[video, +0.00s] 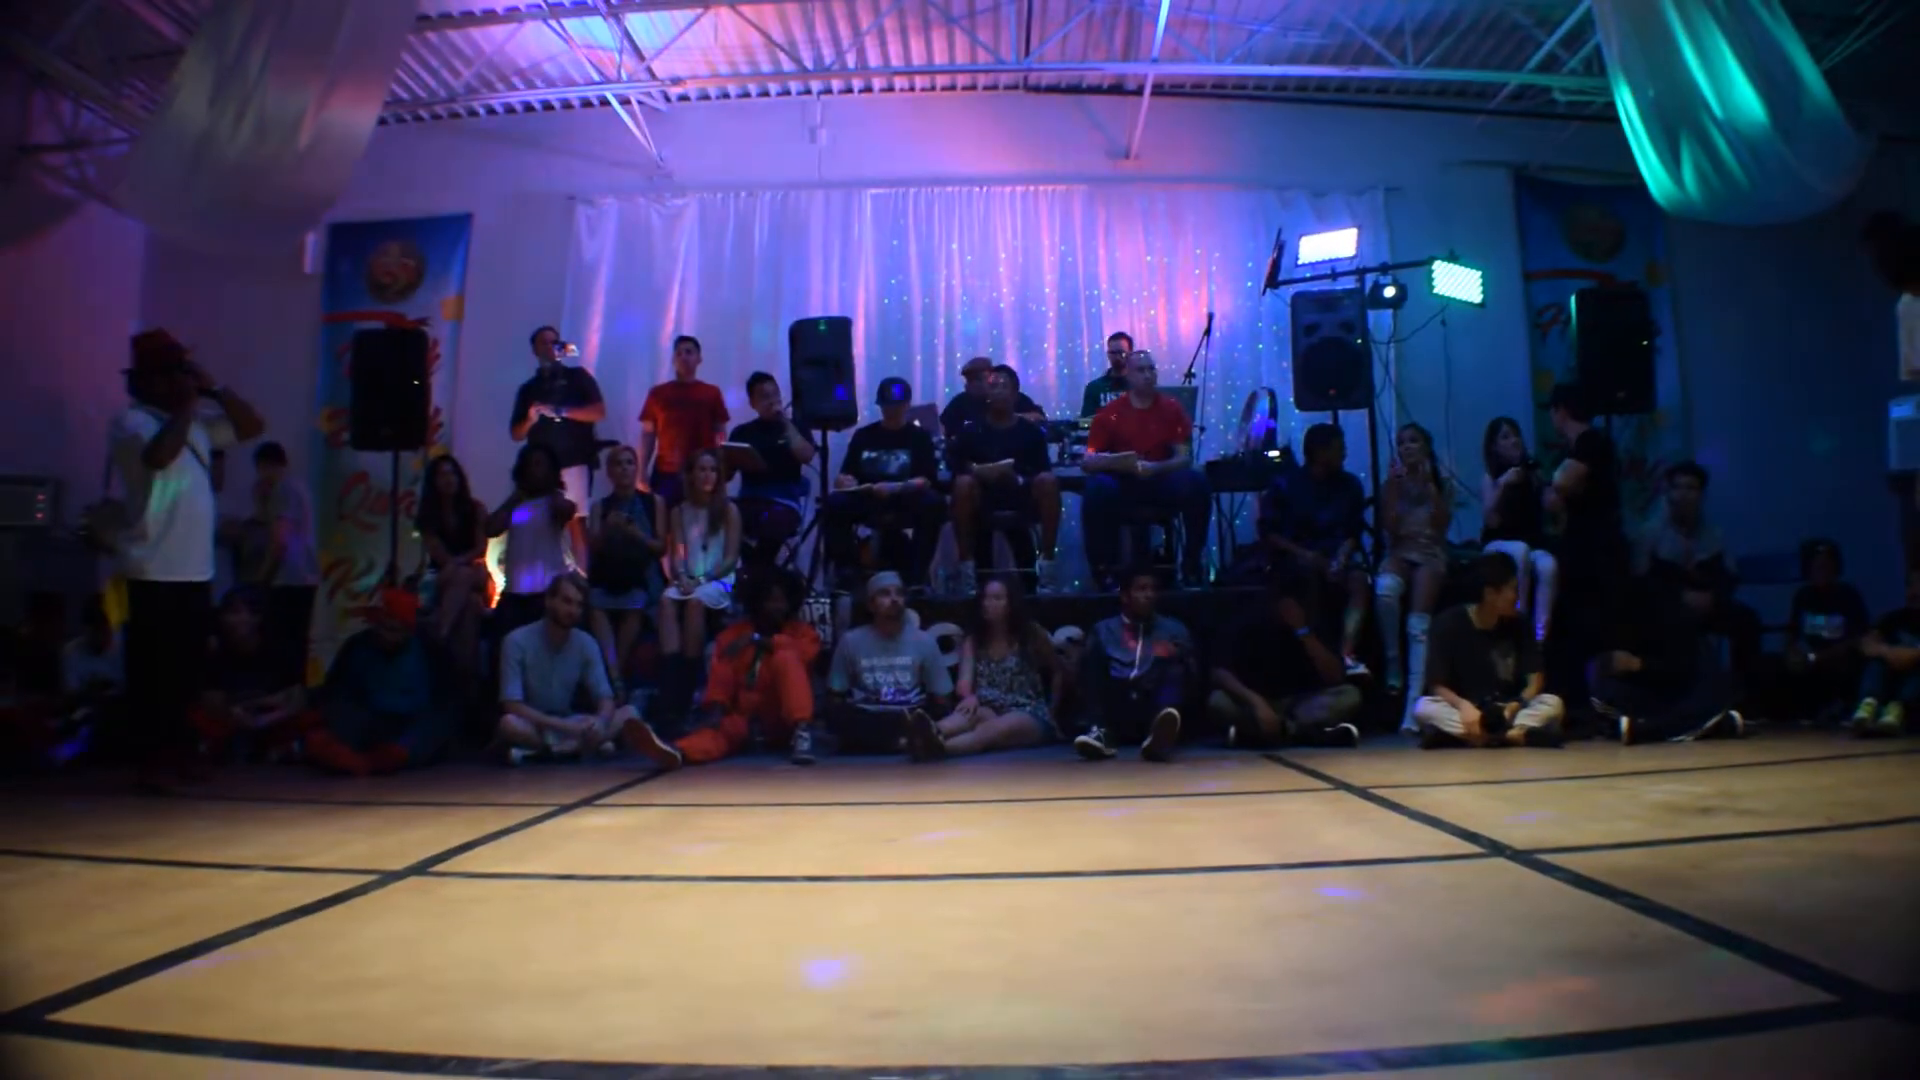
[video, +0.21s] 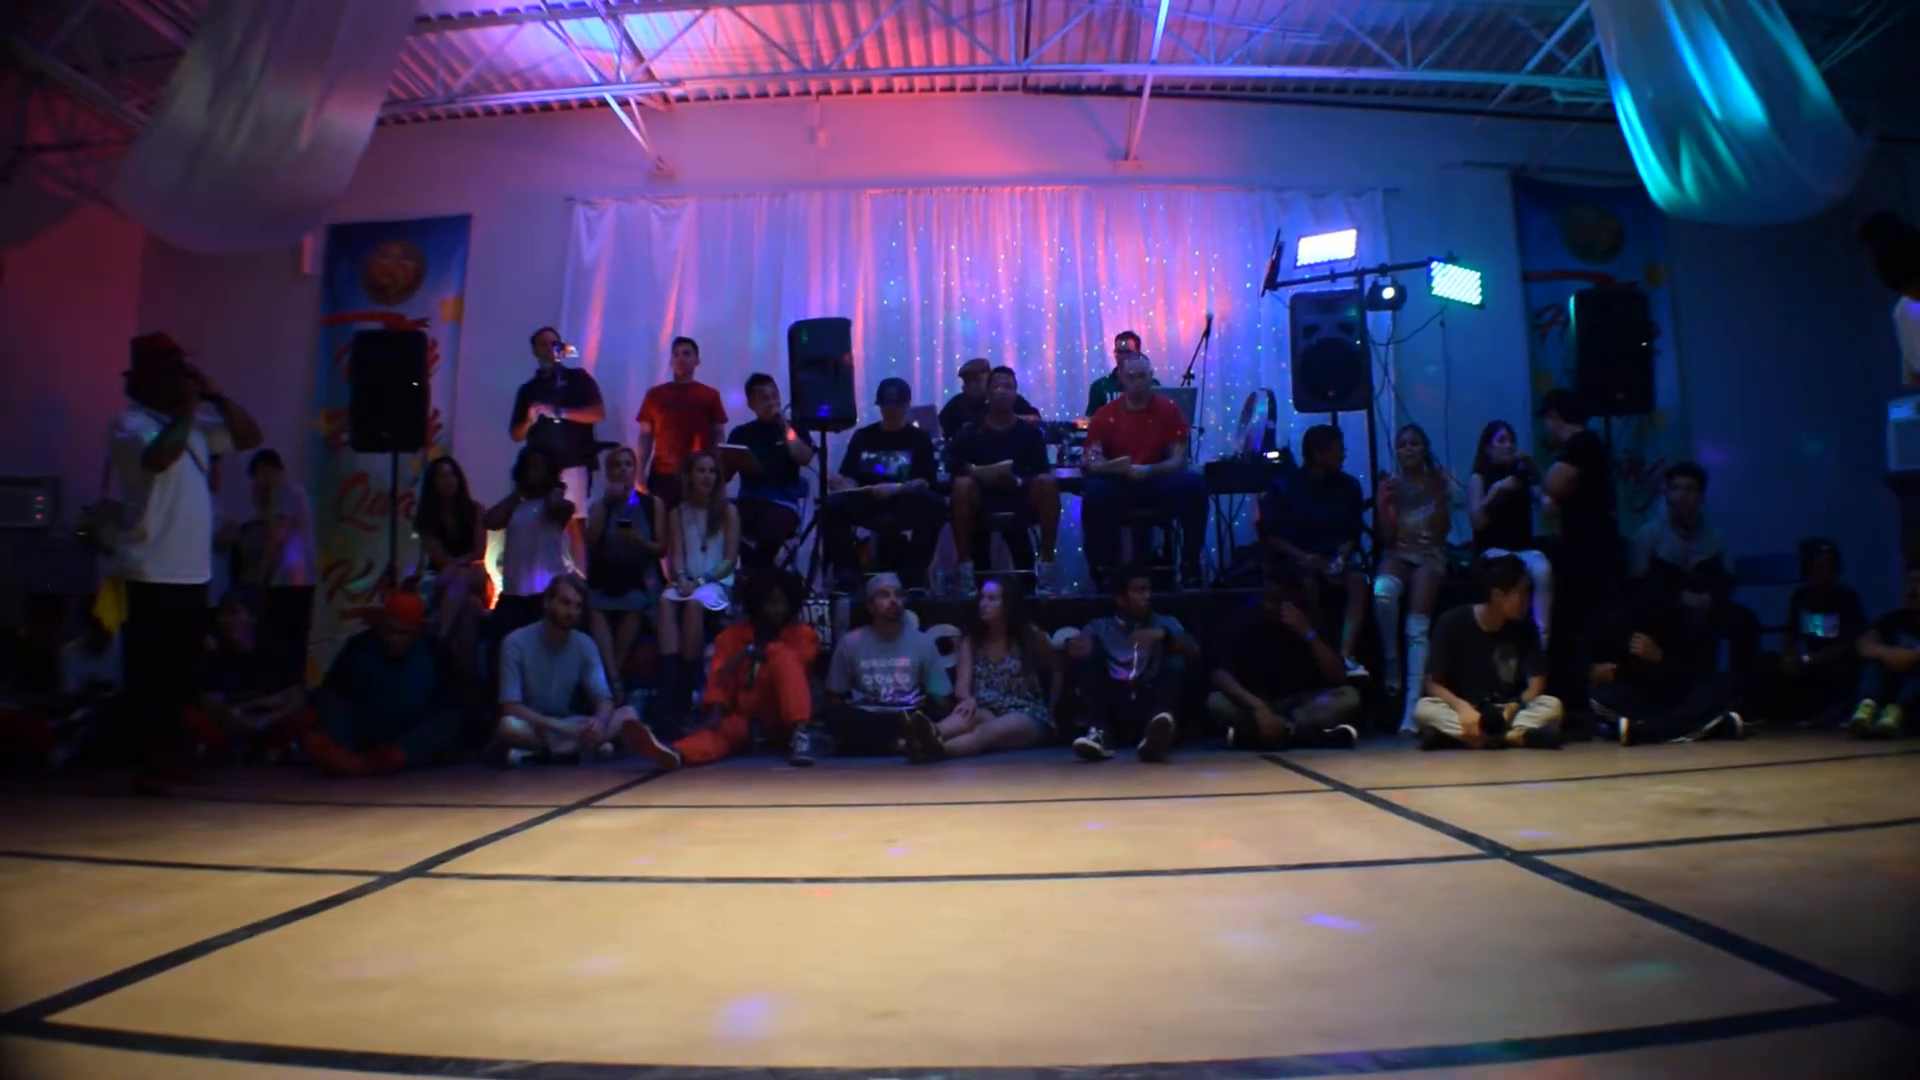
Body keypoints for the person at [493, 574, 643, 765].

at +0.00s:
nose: (573, 610)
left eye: (578, 605)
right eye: (566, 602)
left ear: (583, 609)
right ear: (550, 601)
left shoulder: (585, 643)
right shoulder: (518, 641)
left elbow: (606, 699)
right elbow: (512, 704)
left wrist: (600, 724)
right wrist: (564, 726)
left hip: (573, 720)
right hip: (535, 721)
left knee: (629, 714)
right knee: (509, 724)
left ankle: (559, 748)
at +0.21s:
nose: (571, 611)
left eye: (577, 606)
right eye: (565, 603)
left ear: (581, 610)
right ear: (548, 603)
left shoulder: (584, 645)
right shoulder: (517, 643)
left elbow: (605, 700)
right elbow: (510, 706)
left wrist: (599, 723)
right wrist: (564, 728)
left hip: (572, 721)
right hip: (534, 723)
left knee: (627, 714)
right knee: (508, 726)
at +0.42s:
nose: (568, 613)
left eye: (574, 607)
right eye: (562, 604)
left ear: (579, 611)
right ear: (545, 603)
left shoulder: (581, 646)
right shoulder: (513, 644)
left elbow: (601, 701)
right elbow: (508, 707)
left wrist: (596, 725)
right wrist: (556, 727)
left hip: (569, 721)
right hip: (531, 722)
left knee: (625, 715)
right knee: (506, 727)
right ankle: (581, 745)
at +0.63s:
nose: (567, 613)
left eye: (573, 607)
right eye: (561, 605)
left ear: (577, 610)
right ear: (544, 605)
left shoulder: (580, 646)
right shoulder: (512, 645)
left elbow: (600, 701)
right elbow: (506, 707)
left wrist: (596, 724)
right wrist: (561, 729)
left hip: (567, 722)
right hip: (528, 722)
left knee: (622, 716)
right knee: (504, 728)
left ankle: (553, 752)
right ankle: (580, 749)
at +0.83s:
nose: (567, 614)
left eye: (573, 608)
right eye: (560, 605)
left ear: (577, 611)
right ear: (543, 604)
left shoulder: (580, 647)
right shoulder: (511, 645)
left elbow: (599, 702)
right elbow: (506, 707)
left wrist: (596, 725)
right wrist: (553, 729)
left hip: (566, 721)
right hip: (528, 720)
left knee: (623, 715)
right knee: (503, 728)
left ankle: (559, 751)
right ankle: (579, 749)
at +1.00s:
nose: (567, 613)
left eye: (572, 608)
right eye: (561, 605)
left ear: (577, 611)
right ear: (542, 604)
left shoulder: (579, 646)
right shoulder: (512, 645)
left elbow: (600, 703)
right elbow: (508, 709)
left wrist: (595, 725)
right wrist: (556, 728)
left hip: (568, 722)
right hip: (530, 723)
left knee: (622, 716)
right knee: (504, 728)